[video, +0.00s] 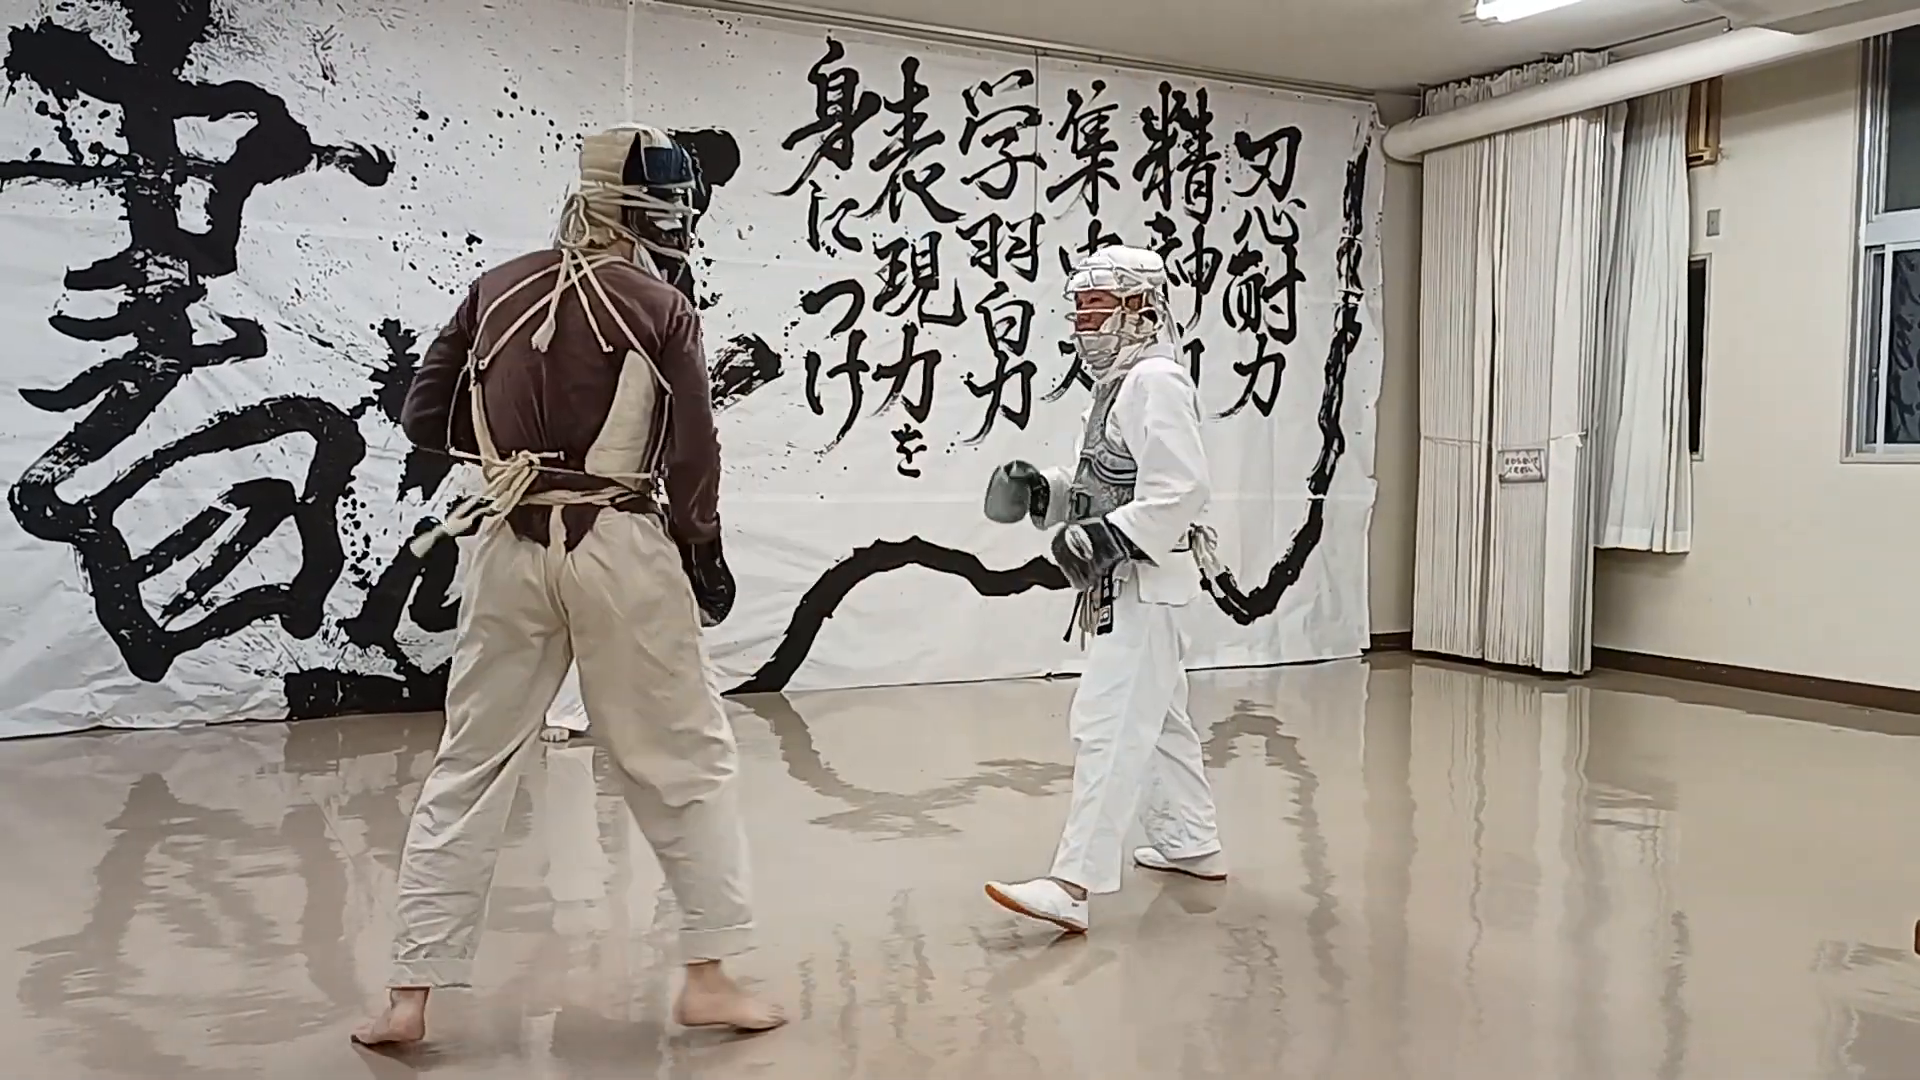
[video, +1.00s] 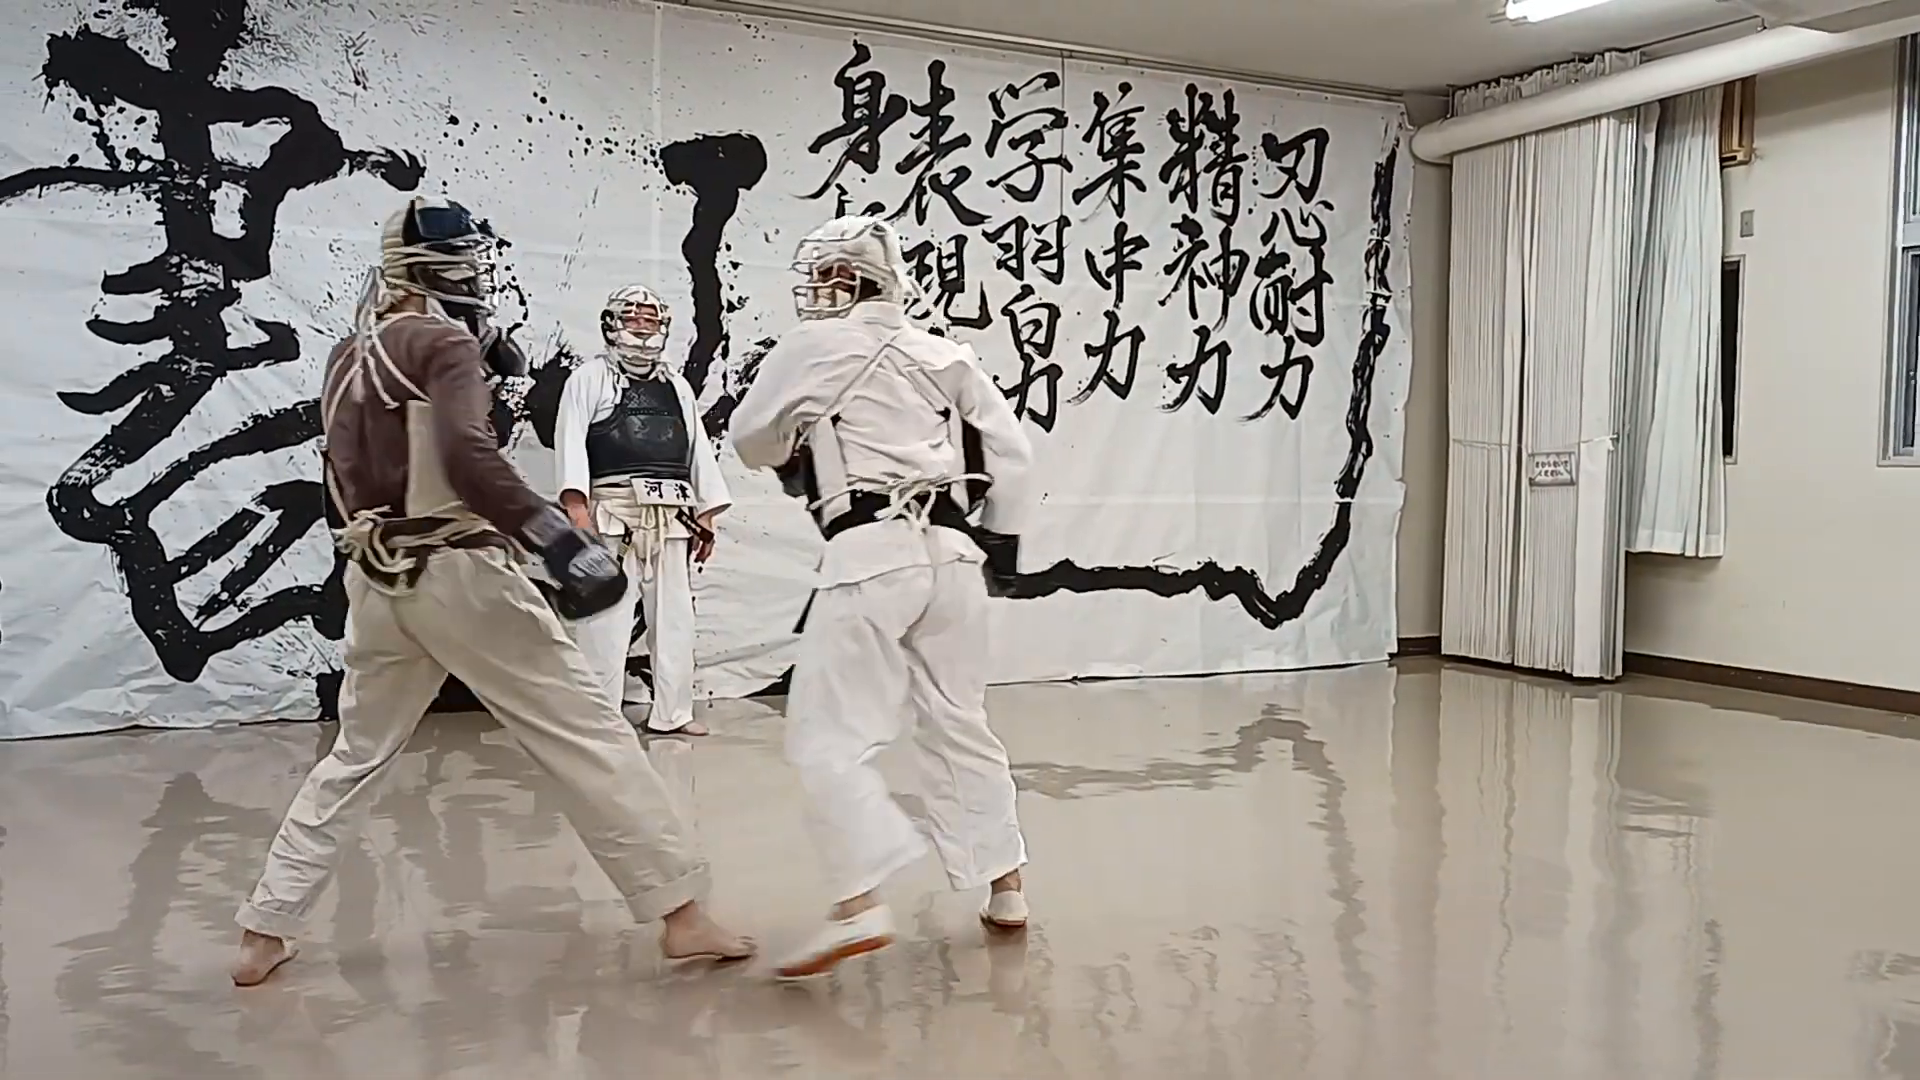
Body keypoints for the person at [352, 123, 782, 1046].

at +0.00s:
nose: (685, 228)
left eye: (684, 211)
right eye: (678, 212)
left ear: (586, 204)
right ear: (652, 214)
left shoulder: (500, 284)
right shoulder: (661, 301)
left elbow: (426, 413)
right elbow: (691, 447)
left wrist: (500, 444)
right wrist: (705, 547)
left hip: (505, 552)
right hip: (623, 553)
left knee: (469, 763)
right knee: (682, 757)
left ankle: (409, 994)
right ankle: (711, 972)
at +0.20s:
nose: (656, 235)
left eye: (653, 219)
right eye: (648, 221)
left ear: (556, 218)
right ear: (622, 225)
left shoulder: (477, 299)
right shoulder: (636, 317)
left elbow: (392, 424)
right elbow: (680, 457)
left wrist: (474, 455)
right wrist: (690, 550)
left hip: (470, 559)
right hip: (581, 562)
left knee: (441, 782)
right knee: (653, 764)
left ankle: (416, 1009)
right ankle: (639, 954)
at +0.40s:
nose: (673, 254)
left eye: (673, 240)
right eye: (667, 241)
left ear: (577, 230)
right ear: (642, 243)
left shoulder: (494, 305)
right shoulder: (644, 333)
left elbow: (434, 430)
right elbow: (662, 471)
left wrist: (508, 463)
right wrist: (701, 534)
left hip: (474, 554)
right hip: (584, 561)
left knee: (451, 764)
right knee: (676, 738)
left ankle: (419, 1000)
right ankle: (723, 936)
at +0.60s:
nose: (702, 284)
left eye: (701, 269)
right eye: (694, 271)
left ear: (614, 266)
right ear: (668, 276)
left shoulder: (538, 336)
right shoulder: (667, 360)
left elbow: (504, 466)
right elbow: (748, 483)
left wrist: (645, 511)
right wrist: (784, 415)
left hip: (508, 578)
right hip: (609, 584)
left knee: (483, 766)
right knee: (682, 753)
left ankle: (446, 945)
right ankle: (733, 935)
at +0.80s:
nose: (631, 296)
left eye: (626, 282)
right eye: (623, 282)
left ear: (538, 285)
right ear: (607, 286)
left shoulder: (481, 364)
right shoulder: (620, 358)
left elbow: (467, 501)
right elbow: (685, 452)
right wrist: (737, 481)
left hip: (489, 601)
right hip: (594, 601)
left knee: (404, 753)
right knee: (677, 760)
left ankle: (305, 914)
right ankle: (739, 936)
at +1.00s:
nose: (481, 281)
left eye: (479, 267)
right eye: (473, 268)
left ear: (397, 271)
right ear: (452, 272)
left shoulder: (347, 357)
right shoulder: (447, 339)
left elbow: (366, 467)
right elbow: (466, 452)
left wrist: (481, 384)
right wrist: (556, 535)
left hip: (376, 583)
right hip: (466, 574)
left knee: (352, 757)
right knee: (585, 731)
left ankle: (262, 938)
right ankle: (684, 917)